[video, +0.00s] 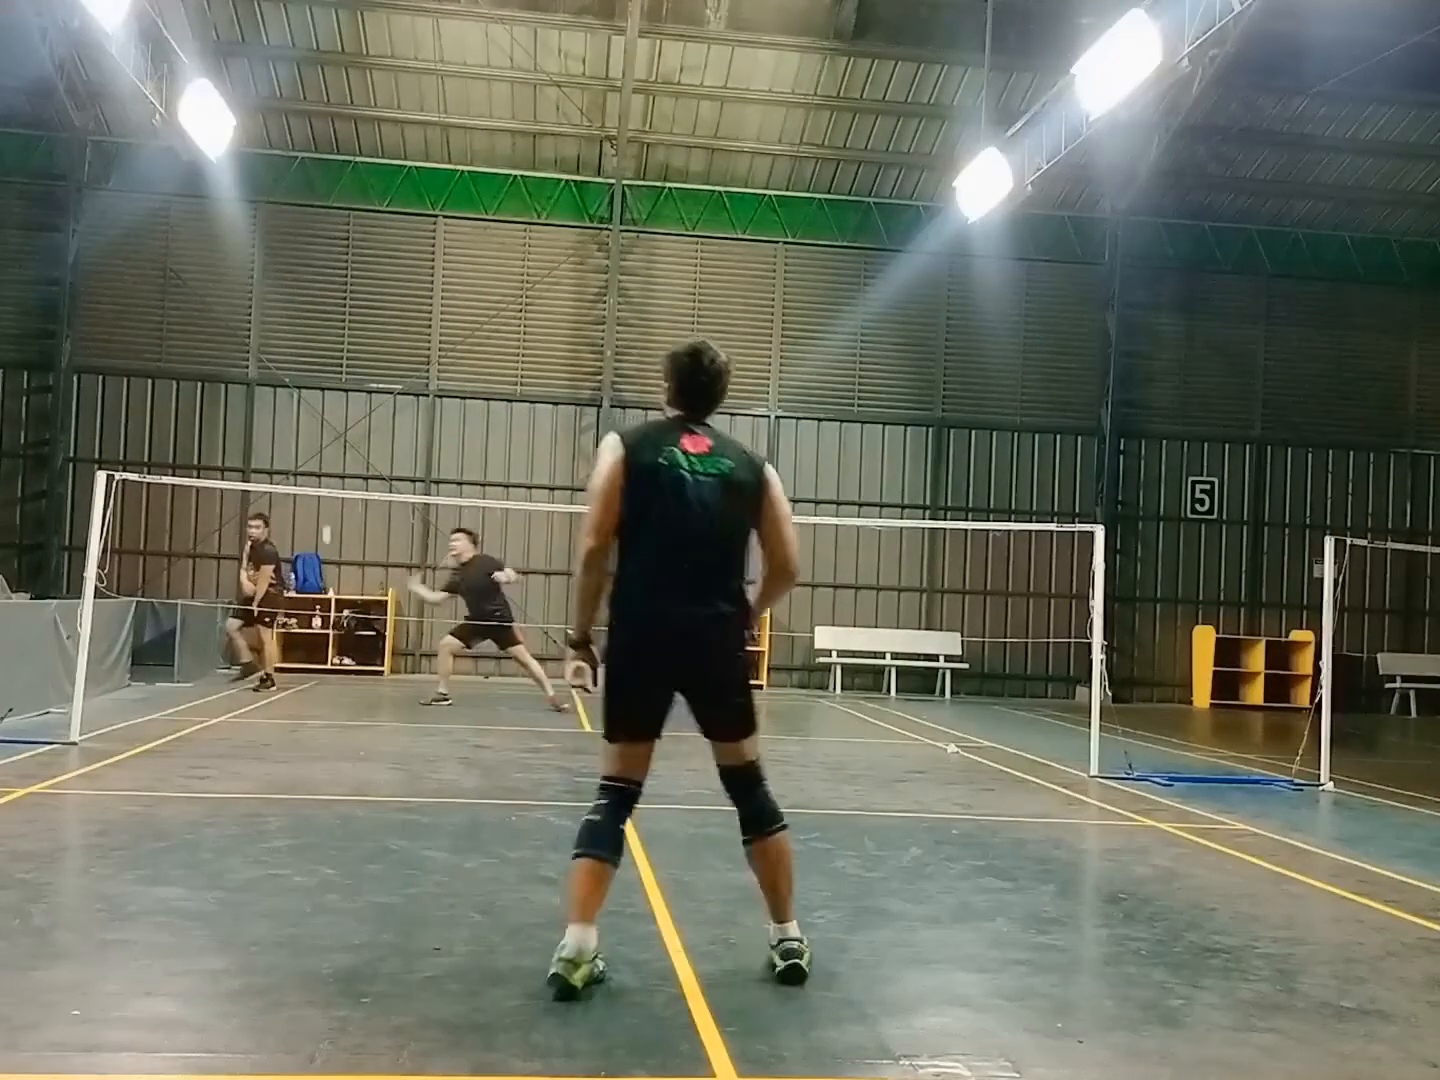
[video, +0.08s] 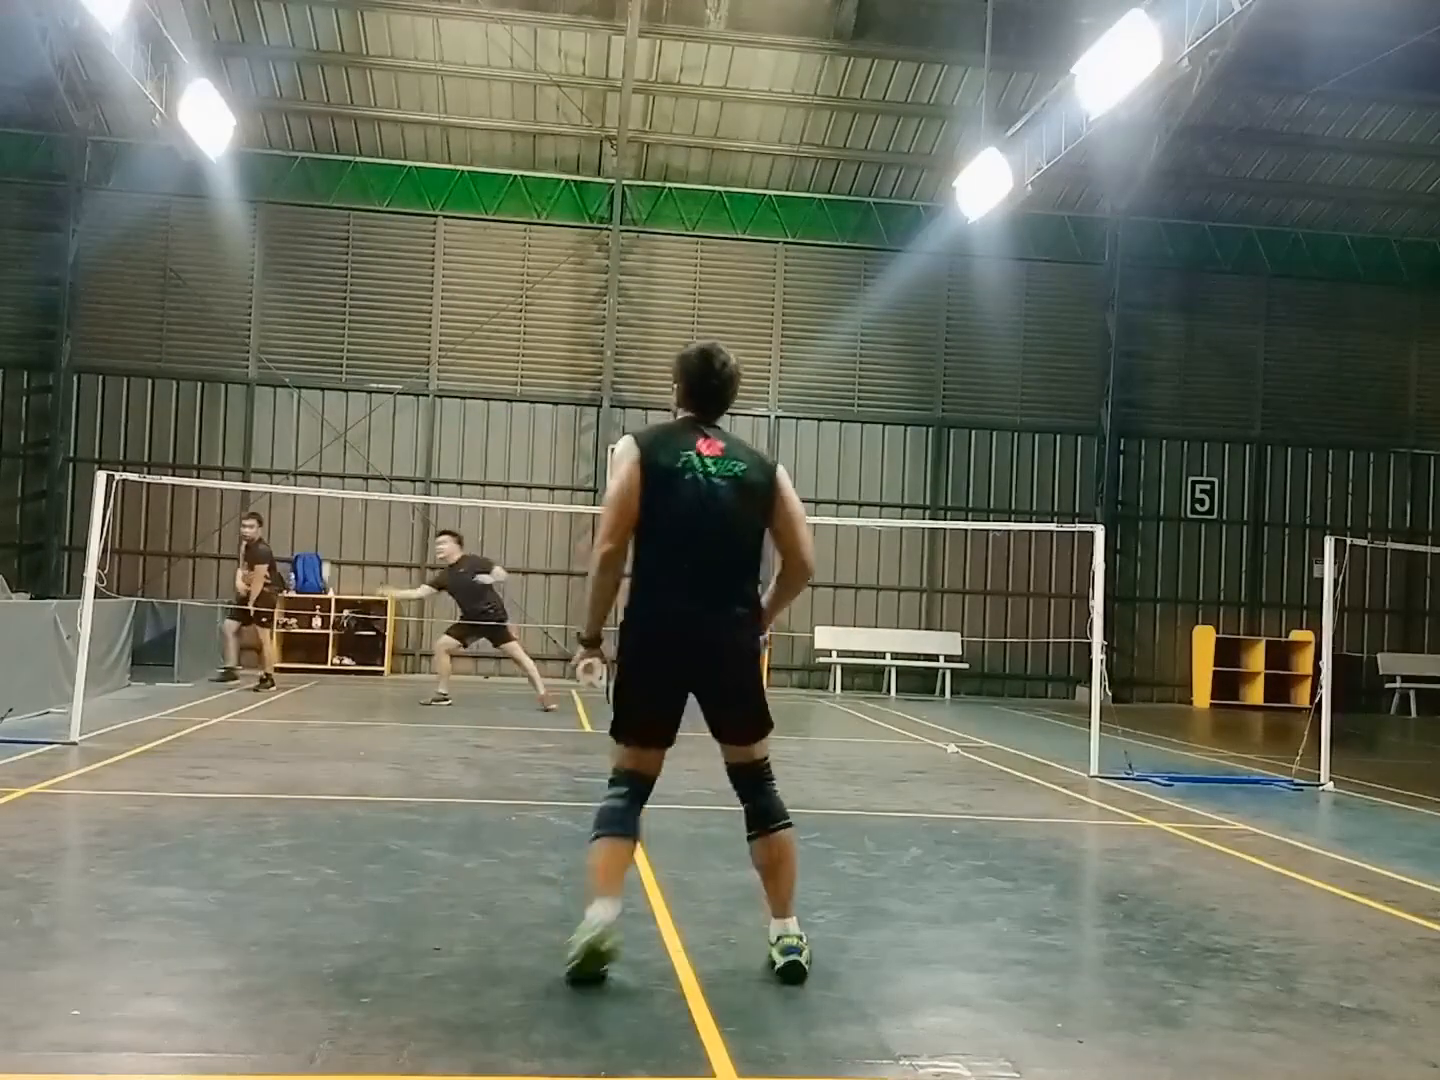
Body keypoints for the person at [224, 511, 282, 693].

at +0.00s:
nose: (252, 531)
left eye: (257, 527)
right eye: (249, 527)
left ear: (266, 529)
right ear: (247, 528)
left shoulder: (269, 551)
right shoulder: (253, 549)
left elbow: (264, 581)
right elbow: (245, 570)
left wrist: (256, 602)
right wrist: (246, 585)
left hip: (269, 596)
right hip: (255, 593)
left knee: (265, 634)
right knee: (232, 625)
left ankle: (268, 676)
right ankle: (247, 661)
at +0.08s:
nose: (246, 530)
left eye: (251, 527)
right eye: (243, 526)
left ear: (259, 529)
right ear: (240, 528)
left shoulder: (262, 550)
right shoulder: (245, 547)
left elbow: (259, 578)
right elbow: (242, 568)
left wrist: (251, 601)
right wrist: (239, 582)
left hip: (265, 592)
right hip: (249, 590)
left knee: (264, 635)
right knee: (229, 626)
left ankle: (267, 675)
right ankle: (230, 669)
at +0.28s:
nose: (230, 531)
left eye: (234, 528)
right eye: (227, 527)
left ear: (243, 530)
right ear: (224, 529)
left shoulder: (245, 550)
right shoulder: (231, 548)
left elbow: (241, 578)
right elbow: (228, 569)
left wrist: (231, 601)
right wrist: (220, 580)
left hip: (244, 594)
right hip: (229, 591)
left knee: (242, 635)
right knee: (215, 633)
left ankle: (261, 672)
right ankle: (214, 673)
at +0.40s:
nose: (222, 529)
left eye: (227, 525)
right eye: (220, 524)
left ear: (236, 528)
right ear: (216, 527)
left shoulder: (236, 550)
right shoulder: (221, 546)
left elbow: (230, 577)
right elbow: (214, 567)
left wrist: (220, 600)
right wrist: (208, 583)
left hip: (237, 589)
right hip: (221, 588)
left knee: (227, 623)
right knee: (212, 631)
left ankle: (239, 662)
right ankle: (214, 673)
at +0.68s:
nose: (217, 529)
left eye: (221, 525)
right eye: (214, 525)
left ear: (226, 527)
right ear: (207, 525)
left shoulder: (229, 549)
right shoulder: (202, 545)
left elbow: (223, 579)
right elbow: (196, 567)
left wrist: (213, 604)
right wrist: (189, 589)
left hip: (225, 592)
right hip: (207, 591)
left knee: (217, 625)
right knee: (207, 632)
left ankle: (211, 669)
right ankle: (211, 671)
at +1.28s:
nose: (210, 527)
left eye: (214, 524)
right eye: (207, 522)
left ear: (218, 528)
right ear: (197, 523)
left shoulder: (221, 551)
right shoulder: (186, 539)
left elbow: (217, 582)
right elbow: (170, 558)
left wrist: (206, 605)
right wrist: (161, 578)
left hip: (210, 595)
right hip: (187, 592)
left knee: (209, 636)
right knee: (175, 630)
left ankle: (204, 678)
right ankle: (179, 672)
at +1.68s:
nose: (192, 521)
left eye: (194, 518)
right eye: (187, 517)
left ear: (196, 521)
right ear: (175, 518)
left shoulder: (200, 544)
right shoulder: (159, 539)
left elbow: (206, 574)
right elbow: (146, 564)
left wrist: (210, 601)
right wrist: (143, 592)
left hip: (191, 599)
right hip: (162, 598)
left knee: (199, 640)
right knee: (158, 638)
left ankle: (199, 672)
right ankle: (159, 682)